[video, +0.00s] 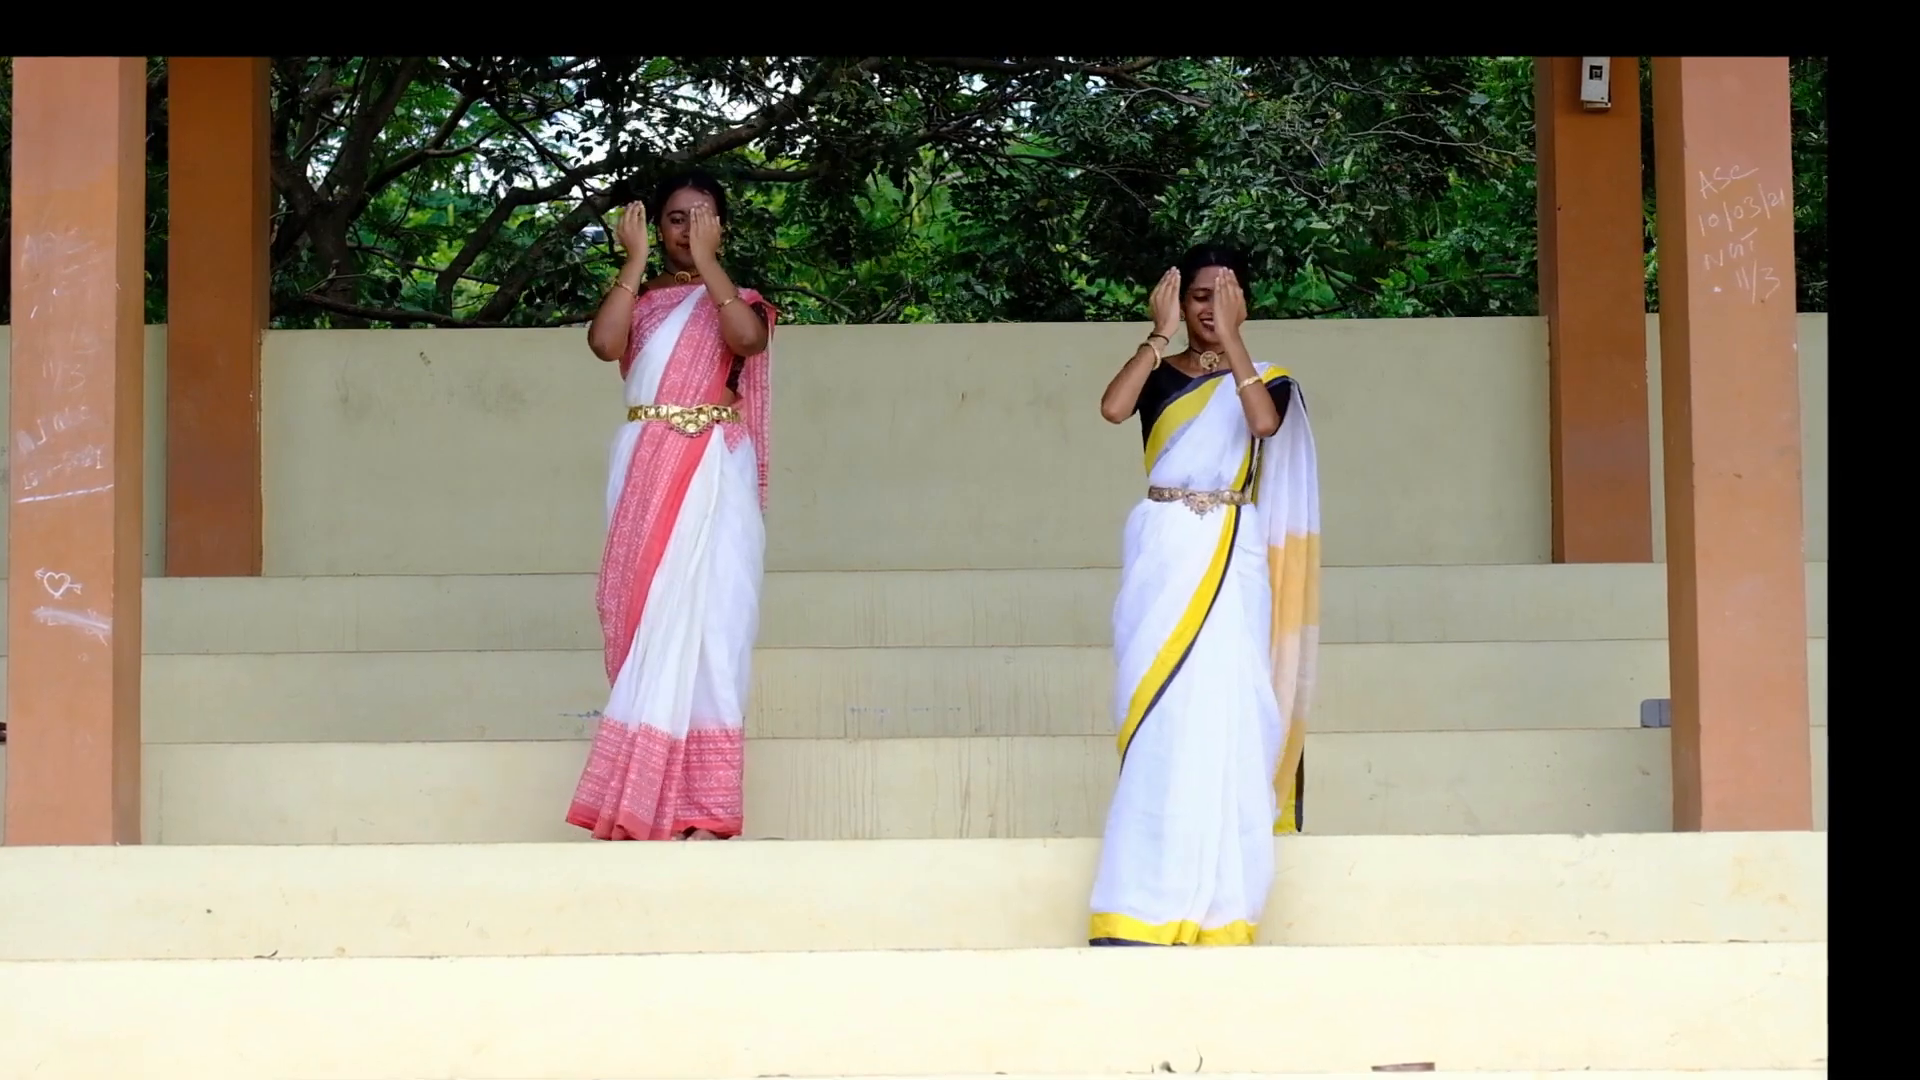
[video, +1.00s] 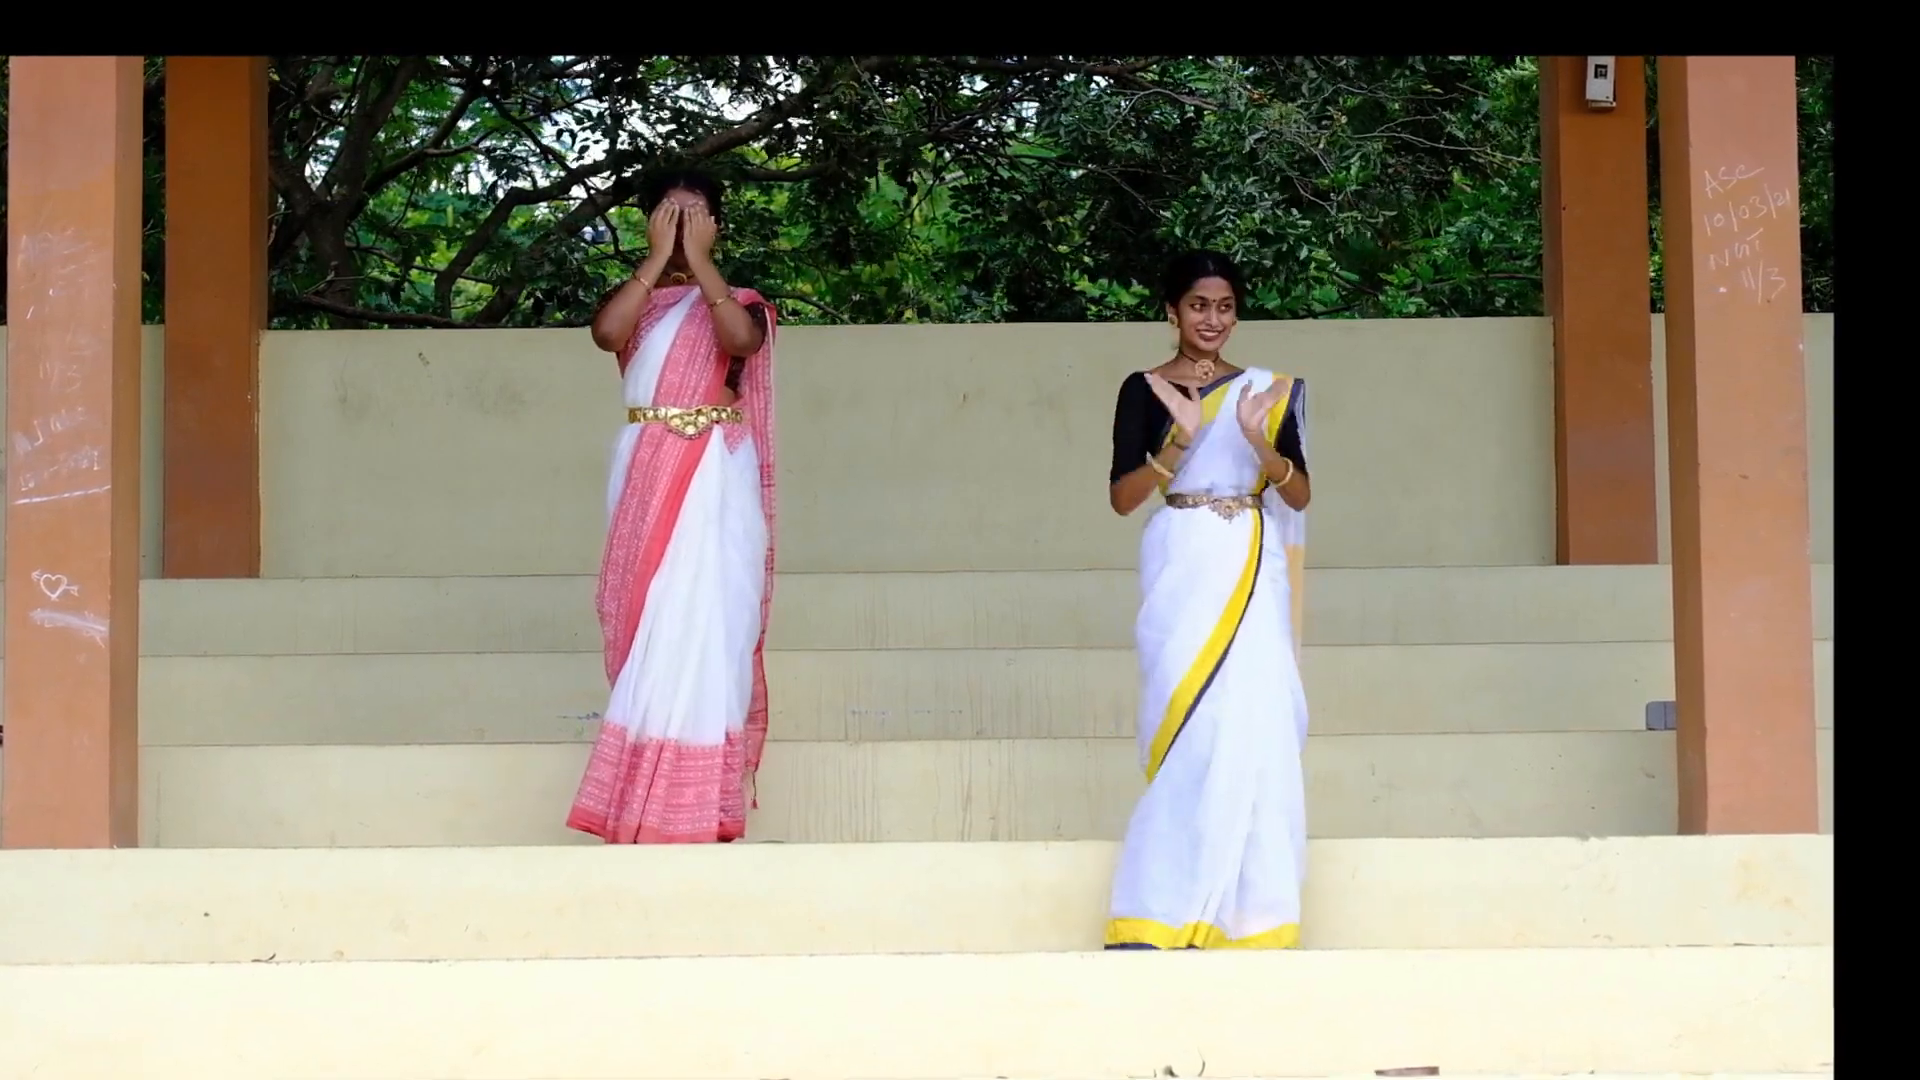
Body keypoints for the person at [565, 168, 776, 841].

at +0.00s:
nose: (682, 228)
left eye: (694, 216)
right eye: (673, 218)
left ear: (721, 227)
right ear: (660, 231)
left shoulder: (746, 299)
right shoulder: (643, 300)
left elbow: (747, 340)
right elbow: (604, 341)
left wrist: (707, 265)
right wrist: (633, 260)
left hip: (715, 472)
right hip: (645, 470)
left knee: (708, 625)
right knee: (646, 623)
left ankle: (702, 805)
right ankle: (641, 801)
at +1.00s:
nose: (681, 226)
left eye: (695, 214)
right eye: (670, 213)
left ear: (717, 226)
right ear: (651, 225)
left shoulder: (740, 301)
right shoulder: (638, 301)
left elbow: (742, 339)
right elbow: (608, 332)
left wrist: (701, 261)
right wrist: (658, 256)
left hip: (714, 476)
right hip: (646, 474)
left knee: (703, 627)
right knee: (650, 626)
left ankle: (693, 803)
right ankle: (644, 799)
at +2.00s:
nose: (720, 243)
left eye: (733, 230)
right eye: (708, 232)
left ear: (757, 239)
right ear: (693, 243)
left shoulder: (784, 328)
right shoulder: (669, 320)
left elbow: (835, 411)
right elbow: (636, 407)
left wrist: (896, 477)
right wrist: (634, 455)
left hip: (756, 487)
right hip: (684, 486)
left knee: (751, 621)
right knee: (697, 625)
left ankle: (734, 795)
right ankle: (721, 791)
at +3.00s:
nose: (674, 261)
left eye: (682, 247)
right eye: (670, 249)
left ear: (724, 243)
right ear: (697, 249)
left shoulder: (792, 305)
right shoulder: (686, 337)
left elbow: (866, 355)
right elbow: (615, 408)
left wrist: (782, 377)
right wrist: (523, 454)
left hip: (784, 488)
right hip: (710, 483)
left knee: (723, 630)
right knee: (634, 490)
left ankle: (714, 810)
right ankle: (641, 653)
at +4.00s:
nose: (715, 263)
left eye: (729, 249)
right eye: (703, 251)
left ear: (757, 259)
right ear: (693, 264)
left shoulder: (800, 336)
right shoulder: (681, 345)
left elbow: (882, 400)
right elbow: (649, 433)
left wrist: (818, 427)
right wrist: (595, 513)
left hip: (782, 507)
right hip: (704, 505)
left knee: (783, 653)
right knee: (728, 624)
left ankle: (764, 824)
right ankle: (715, 801)